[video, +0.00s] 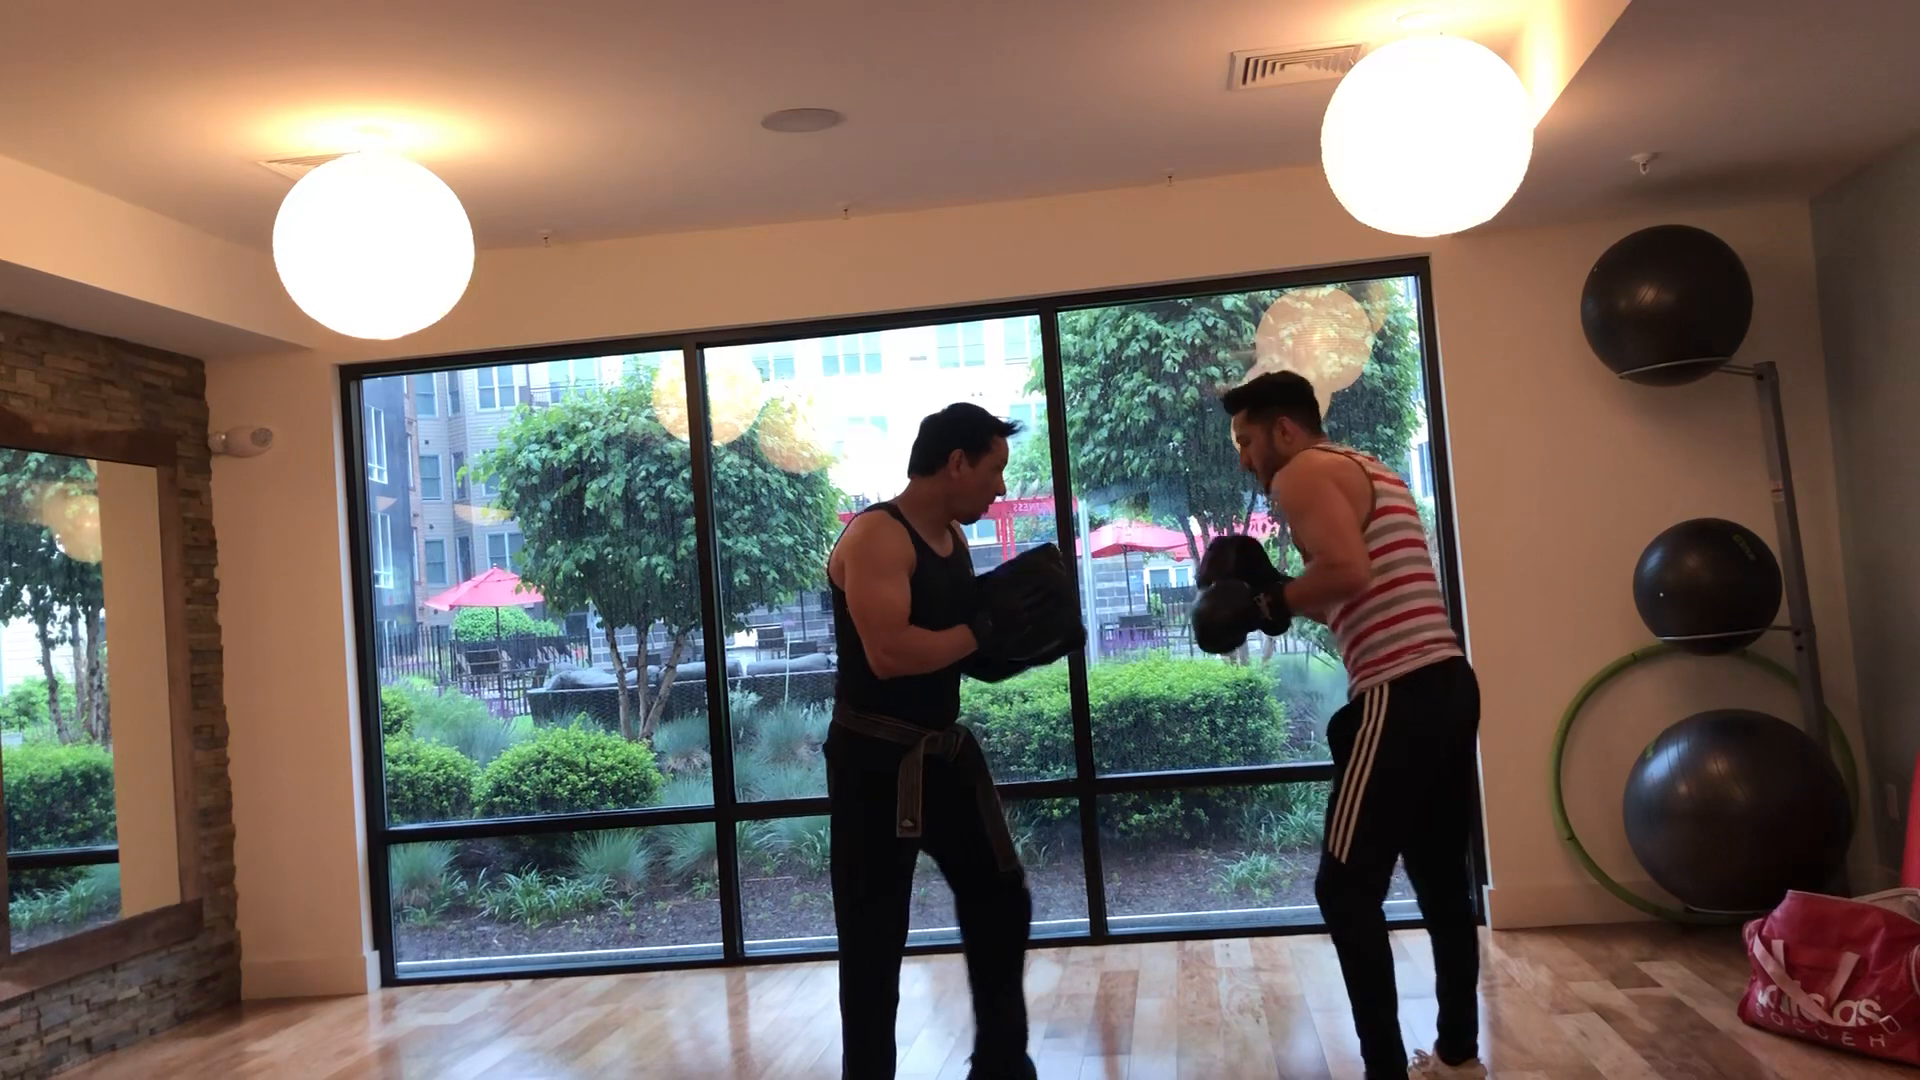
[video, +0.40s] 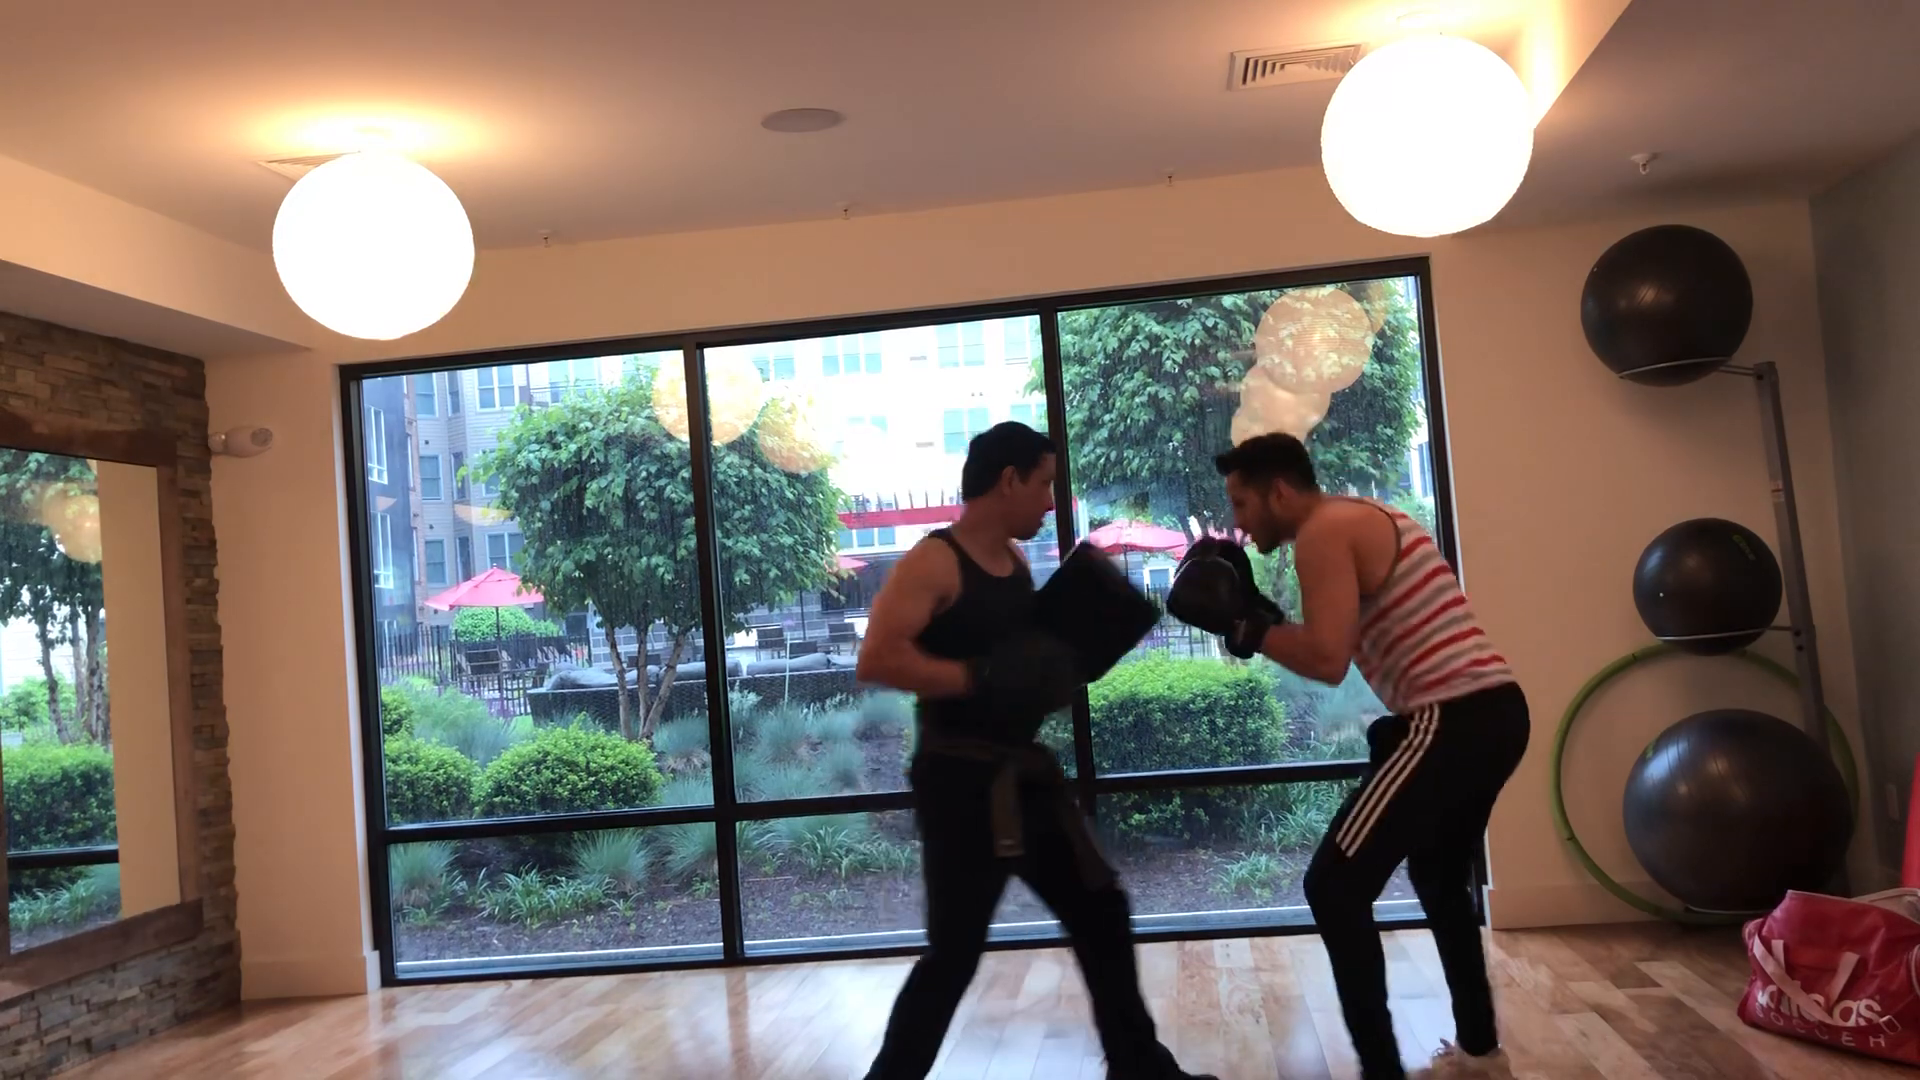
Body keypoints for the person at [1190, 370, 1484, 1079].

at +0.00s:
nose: (1242, 459)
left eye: (1245, 441)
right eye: (1238, 446)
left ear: (1281, 425)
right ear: (1304, 426)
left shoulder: (1305, 472)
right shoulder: (1370, 468)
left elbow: (1347, 571)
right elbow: (1360, 598)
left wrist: (1271, 599)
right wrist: (1277, 592)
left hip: (1396, 693)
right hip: (1446, 685)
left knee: (1345, 889)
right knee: (1441, 881)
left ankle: (1382, 1069)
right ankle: (1457, 1048)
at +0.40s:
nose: (1238, 521)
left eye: (1239, 503)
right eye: (1233, 506)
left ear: (1278, 489)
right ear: (1288, 488)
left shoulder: (1327, 529)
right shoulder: (1366, 516)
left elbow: (1327, 661)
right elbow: (1339, 645)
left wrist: (1247, 625)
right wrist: (1265, 616)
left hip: (1449, 719)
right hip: (1491, 711)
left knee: (1335, 887)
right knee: (1438, 873)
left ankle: (1381, 1071)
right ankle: (1479, 1044)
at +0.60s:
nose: (1236, 529)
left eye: (1239, 511)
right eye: (1231, 514)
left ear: (1283, 498)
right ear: (1292, 498)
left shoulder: (1336, 550)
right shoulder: (1371, 530)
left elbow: (1293, 689)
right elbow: (1370, 664)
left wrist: (1234, 626)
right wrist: (1267, 628)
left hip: (1465, 734)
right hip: (1491, 725)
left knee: (1374, 919)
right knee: (1427, 898)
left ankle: (1423, 1070)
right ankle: (1478, 1048)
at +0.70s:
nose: (1229, 540)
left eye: (1234, 520)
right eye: (1226, 523)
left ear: (1277, 514)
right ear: (1283, 514)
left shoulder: (1352, 578)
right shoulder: (1346, 566)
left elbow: (1294, 708)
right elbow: (1299, 686)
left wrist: (1243, 627)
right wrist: (1251, 634)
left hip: (1483, 759)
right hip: (1455, 757)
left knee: (1389, 934)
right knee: (1407, 924)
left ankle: (1431, 1072)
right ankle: (1474, 1058)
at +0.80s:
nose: (1230, 552)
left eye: (1234, 535)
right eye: (1229, 536)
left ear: (1273, 536)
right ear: (1283, 534)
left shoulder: (1365, 601)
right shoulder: (1345, 593)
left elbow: (1307, 745)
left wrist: (1256, 661)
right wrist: (1273, 689)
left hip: (1494, 771)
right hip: (1451, 771)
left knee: (1388, 934)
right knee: (1393, 928)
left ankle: (1429, 1070)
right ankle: (1467, 1059)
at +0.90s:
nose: (1229, 549)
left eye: (1232, 532)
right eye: (1227, 533)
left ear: (1268, 533)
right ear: (1286, 530)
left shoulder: (1364, 597)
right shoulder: (1344, 582)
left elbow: (1317, 746)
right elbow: (1339, 704)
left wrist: (1256, 672)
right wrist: (1282, 716)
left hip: (1501, 760)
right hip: (1459, 761)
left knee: (1399, 921)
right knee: (1385, 913)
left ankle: (1450, 1068)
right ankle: (1446, 1060)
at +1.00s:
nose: (1228, 532)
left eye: (1231, 514)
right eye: (1226, 516)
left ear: (1269, 510)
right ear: (1283, 509)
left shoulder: (1359, 569)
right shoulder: (1337, 565)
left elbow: (1307, 717)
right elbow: (1373, 660)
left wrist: (1243, 648)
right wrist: (1270, 686)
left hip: (1505, 736)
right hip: (1461, 739)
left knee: (1432, 910)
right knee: (1406, 887)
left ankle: (1454, 1069)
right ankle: (1458, 1054)